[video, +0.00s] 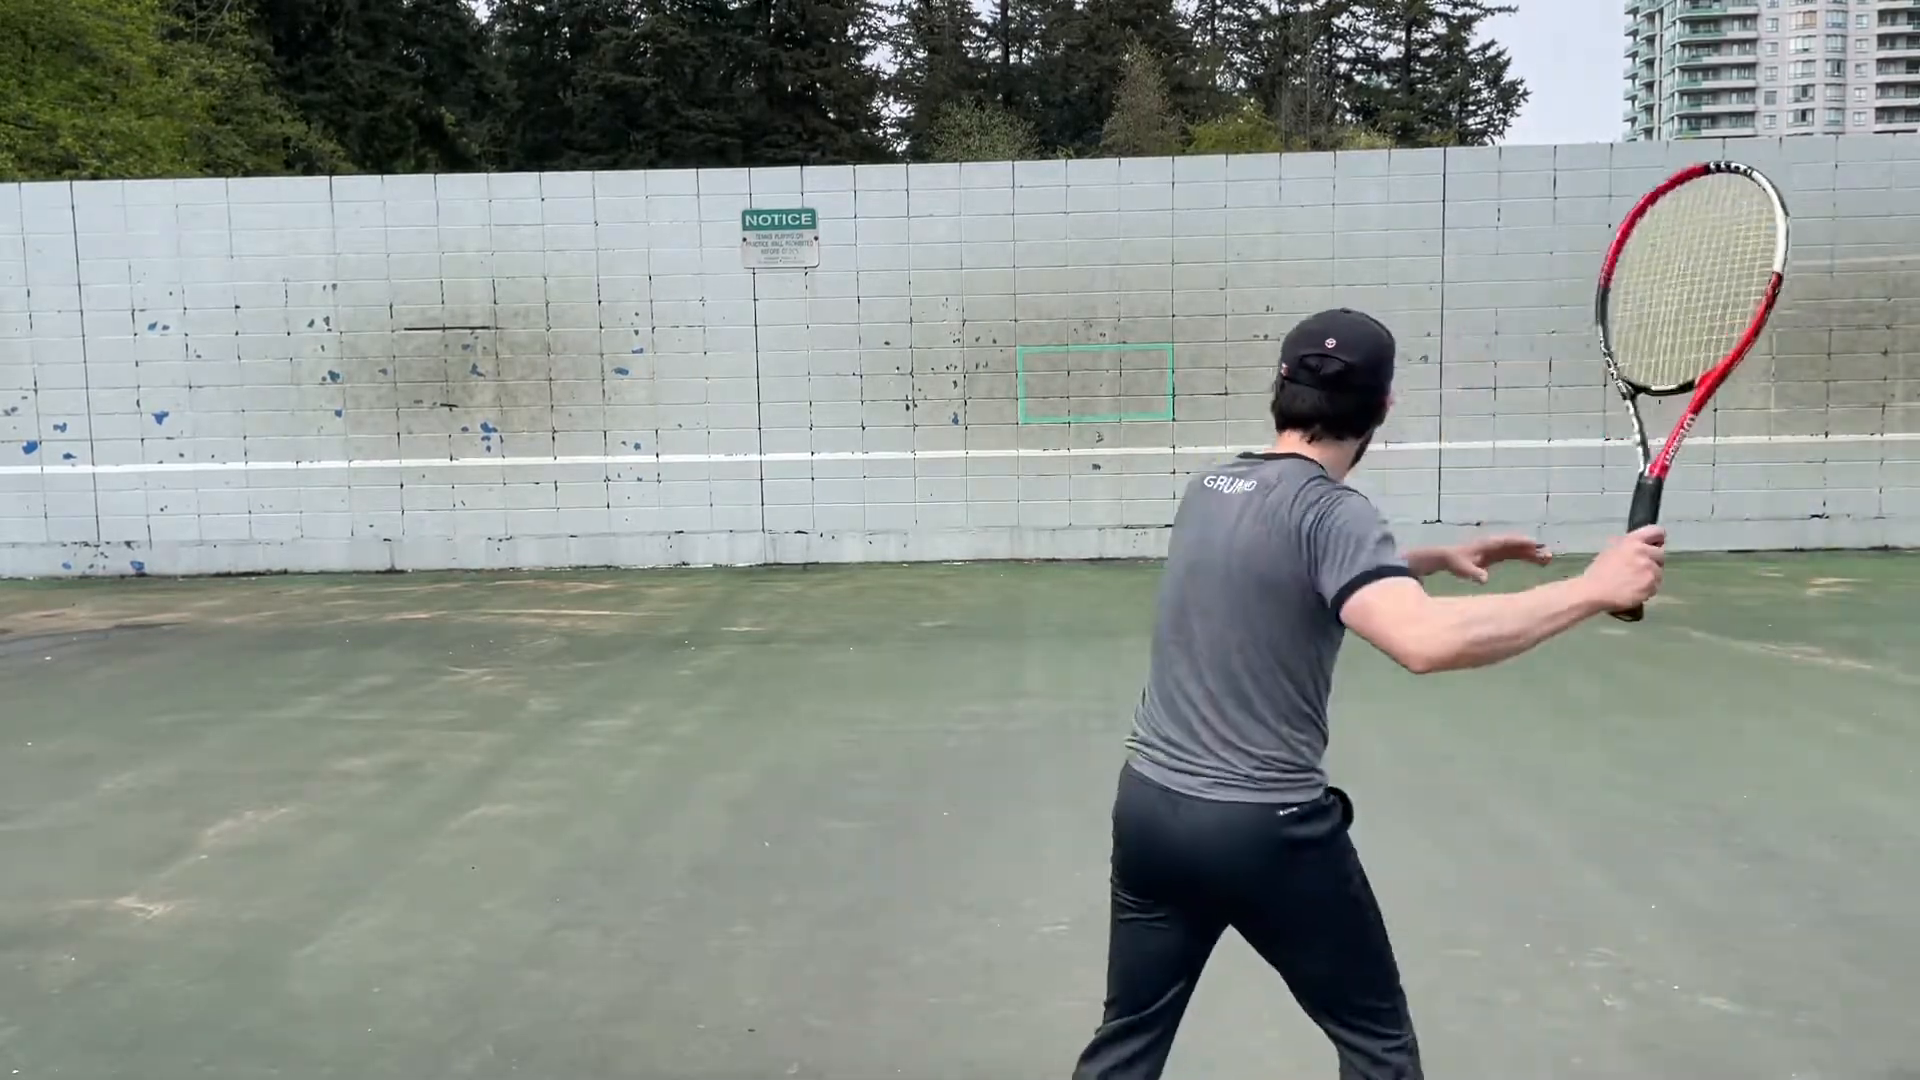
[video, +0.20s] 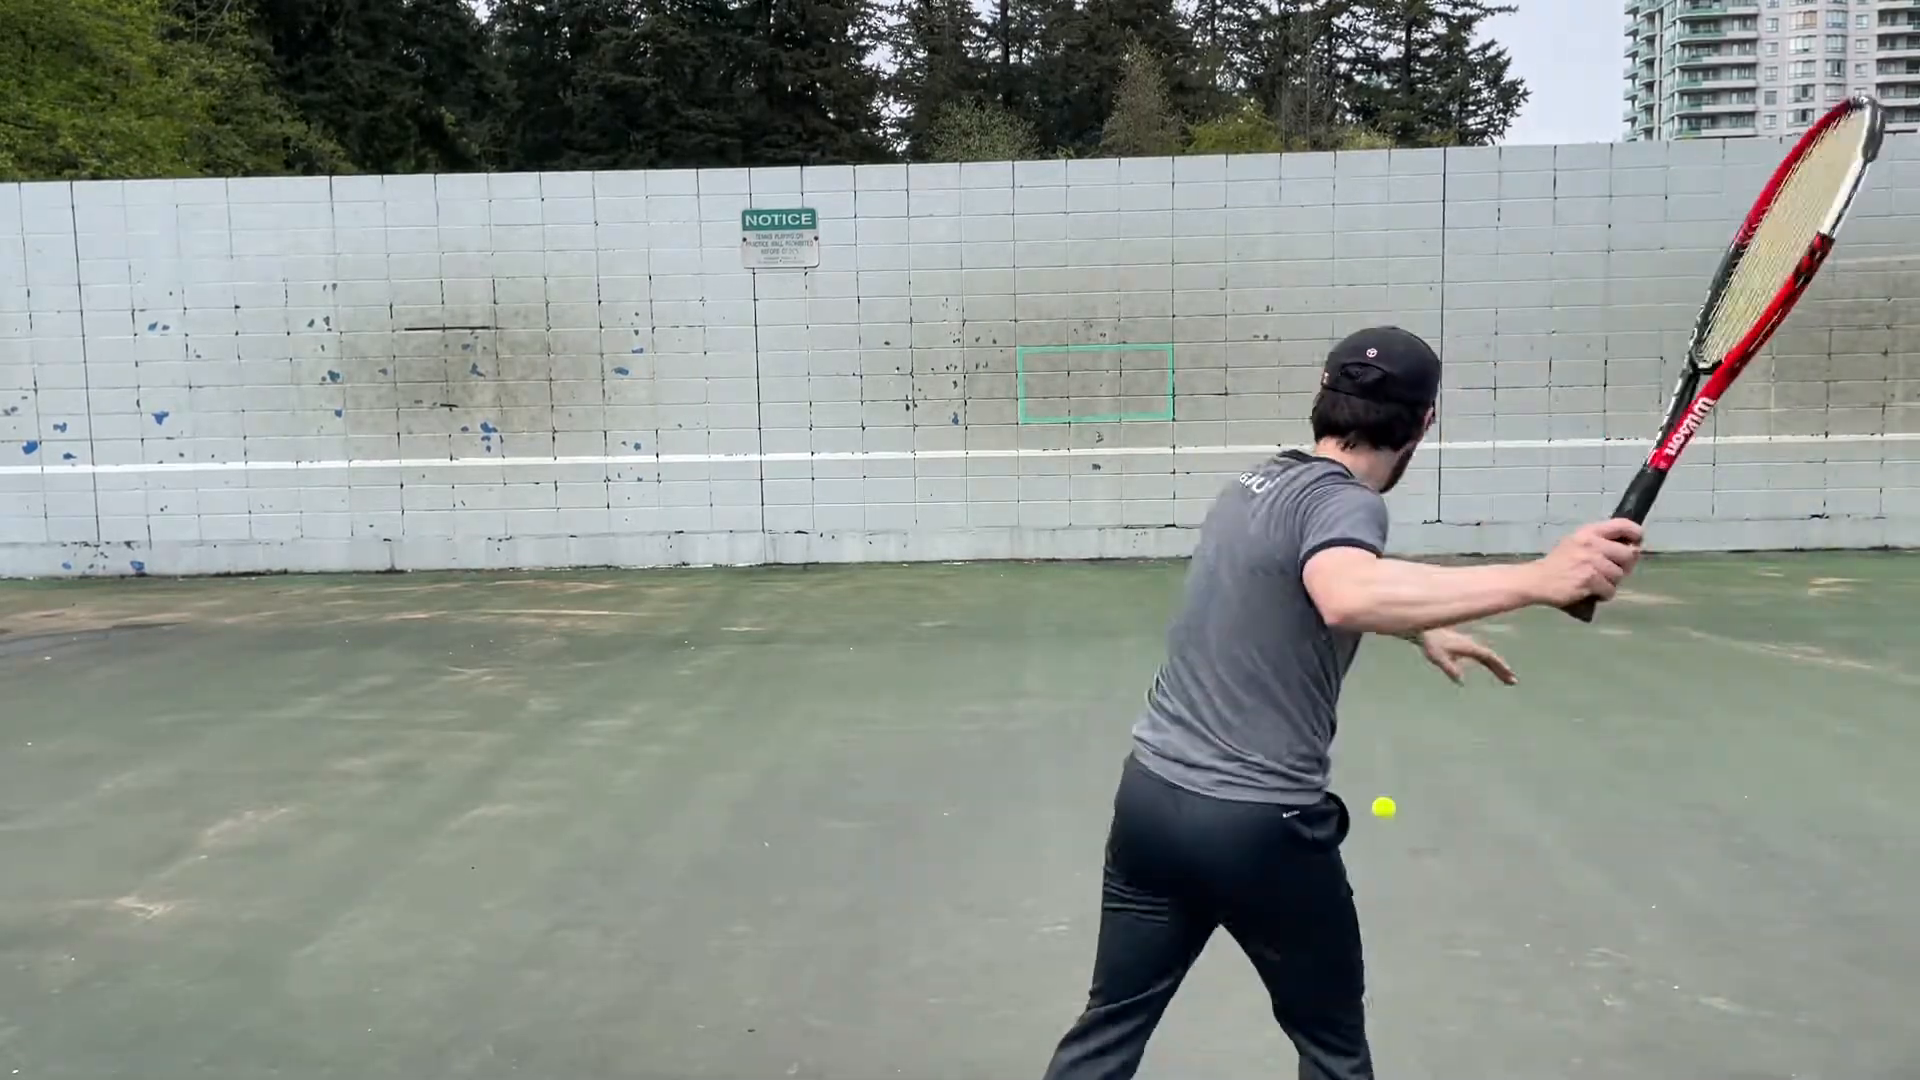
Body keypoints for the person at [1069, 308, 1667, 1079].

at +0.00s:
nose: (1393, 402)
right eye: (1393, 389)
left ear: (1277, 390)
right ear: (1383, 409)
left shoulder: (1208, 490)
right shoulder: (1333, 513)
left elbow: (1295, 574)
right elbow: (1425, 640)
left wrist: (1434, 558)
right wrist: (1592, 588)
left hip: (1153, 815)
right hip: (1274, 833)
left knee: (1127, 1037)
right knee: (1378, 1045)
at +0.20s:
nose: (1432, 426)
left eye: (1427, 408)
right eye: (1433, 413)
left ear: (1325, 399)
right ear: (1421, 426)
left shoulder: (1248, 486)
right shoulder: (1340, 503)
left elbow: (1310, 578)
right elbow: (1345, 595)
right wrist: (1538, 577)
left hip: (1154, 803)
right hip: (1265, 831)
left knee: (1108, 1026)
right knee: (1331, 1042)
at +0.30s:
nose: (1459, 485)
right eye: (1463, 471)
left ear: (1358, 452)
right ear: (1453, 476)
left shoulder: (1282, 524)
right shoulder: (1372, 538)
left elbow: (1253, 635)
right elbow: (1357, 631)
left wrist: (1336, 689)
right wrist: (1528, 642)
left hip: (1154, 830)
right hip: (1268, 856)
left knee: (1127, 1038)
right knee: (1345, 1049)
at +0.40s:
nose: (1495, 501)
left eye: (1493, 487)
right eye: (1497, 490)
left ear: (1392, 473)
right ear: (1482, 501)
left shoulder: (1297, 535)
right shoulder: (1415, 568)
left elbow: (1192, 594)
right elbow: (1412, 684)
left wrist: (1147, 652)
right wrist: (1541, 773)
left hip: (1167, 833)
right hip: (1289, 866)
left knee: (1126, 1047)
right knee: (1350, 1055)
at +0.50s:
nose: (1492, 509)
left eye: (1493, 493)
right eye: (1495, 496)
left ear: (1394, 472)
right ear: (1484, 500)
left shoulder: (1289, 525)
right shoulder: (1460, 591)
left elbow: (1136, 560)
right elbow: (1488, 758)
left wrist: (1024, 622)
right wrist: (1574, 918)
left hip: (1189, 830)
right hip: (1318, 863)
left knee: (1124, 1047)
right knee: (1339, 1047)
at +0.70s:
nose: (1457, 453)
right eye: (1458, 442)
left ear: (1356, 429)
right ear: (1449, 452)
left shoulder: (1295, 500)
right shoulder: (1452, 566)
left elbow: (1199, 605)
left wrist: (1093, 722)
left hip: (1235, 819)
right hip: (1356, 844)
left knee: (1144, 1019)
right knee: (1336, 1037)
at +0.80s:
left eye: (1346, 382)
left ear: (1340, 395)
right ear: (1426, 420)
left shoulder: (1302, 483)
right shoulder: (1436, 523)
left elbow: (1261, 626)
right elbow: (1361, 581)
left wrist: (1182, 772)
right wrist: (1276, 521)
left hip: (1261, 797)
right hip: (1371, 818)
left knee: (1157, 1015)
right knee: (1332, 1027)